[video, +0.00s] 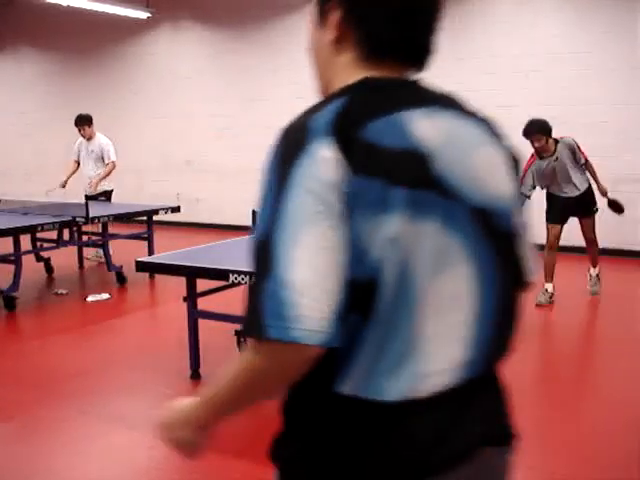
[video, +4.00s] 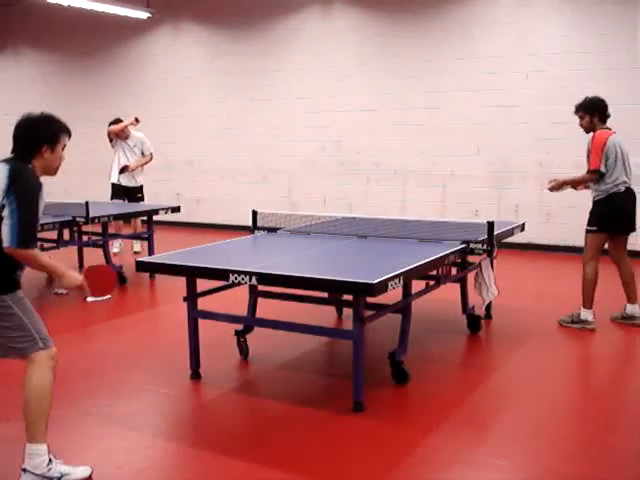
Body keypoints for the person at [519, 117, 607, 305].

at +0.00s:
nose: (536, 145)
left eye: (539, 140)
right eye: (533, 142)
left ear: (548, 136)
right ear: (530, 141)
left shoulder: (568, 145)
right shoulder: (533, 165)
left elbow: (586, 164)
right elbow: (520, 197)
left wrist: (599, 185)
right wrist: (512, 225)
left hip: (581, 192)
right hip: (556, 197)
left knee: (589, 237)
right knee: (551, 242)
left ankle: (594, 272)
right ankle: (548, 288)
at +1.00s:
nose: (558, 123)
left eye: (562, 119)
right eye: (555, 119)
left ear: (572, 120)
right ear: (553, 122)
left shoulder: (583, 143)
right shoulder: (549, 146)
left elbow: (594, 171)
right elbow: (547, 170)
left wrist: (572, 185)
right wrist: (543, 185)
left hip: (581, 198)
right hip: (557, 196)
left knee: (582, 244)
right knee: (548, 239)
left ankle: (583, 283)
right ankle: (547, 285)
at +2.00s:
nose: (577, 119)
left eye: (581, 115)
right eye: (576, 115)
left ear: (593, 116)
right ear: (575, 116)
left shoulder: (606, 142)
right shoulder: (570, 144)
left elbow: (611, 173)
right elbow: (566, 175)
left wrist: (588, 168)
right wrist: (553, 186)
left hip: (600, 200)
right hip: (574, 199)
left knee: (601, 251)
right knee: (560, 246)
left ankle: (604, 292)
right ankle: (561, 286)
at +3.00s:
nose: (582, 119)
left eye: (586, 113)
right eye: (582, 114)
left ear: (599, 114)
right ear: (601, 115)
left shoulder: (610, 138)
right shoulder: (609, 137)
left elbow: (600, 174)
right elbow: (607, 176)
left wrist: (567, 173)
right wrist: (589, 191)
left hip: (618, 204)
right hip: (610, 202)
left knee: (611, 260)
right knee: (599, 252)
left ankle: (622, 318)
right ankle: (602, 302)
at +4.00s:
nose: (579, 123)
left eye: (582, 118)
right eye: (579, 118)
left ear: (594, 116)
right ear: (600, 118)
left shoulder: (598, 138)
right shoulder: (613, 138)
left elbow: (594, 175)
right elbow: (605, 178)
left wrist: (565, 182)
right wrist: (577, 184)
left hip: (606, 200)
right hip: (626, 197)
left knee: (590, 258)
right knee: (619, 254)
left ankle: (586, 314)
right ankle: (633, 308)